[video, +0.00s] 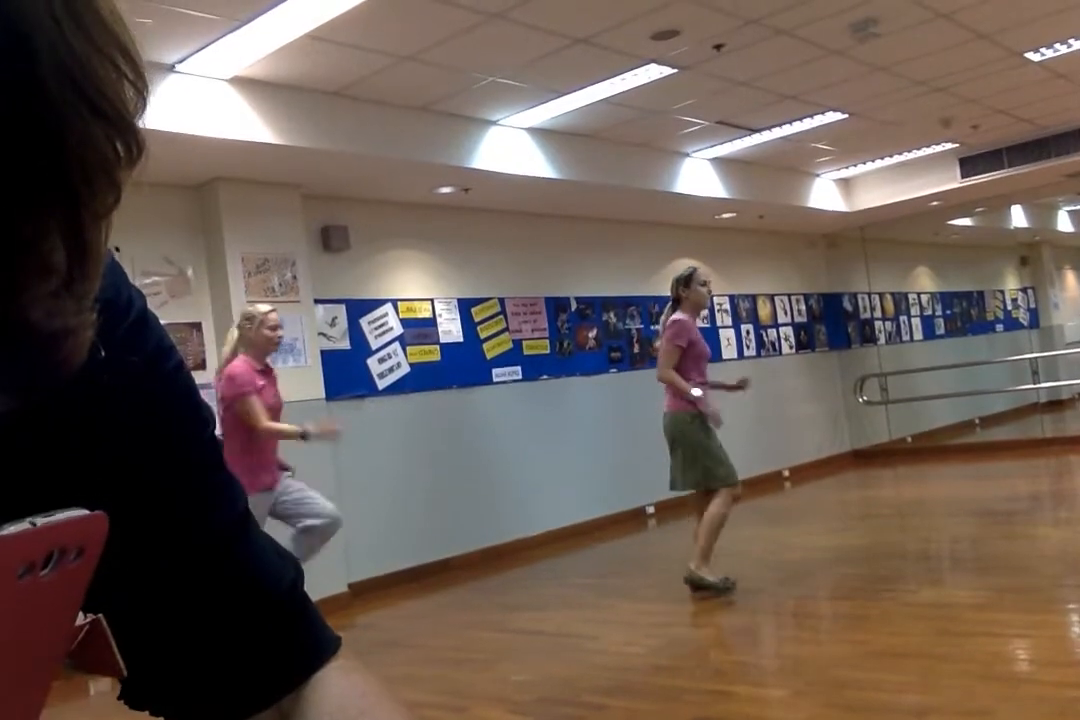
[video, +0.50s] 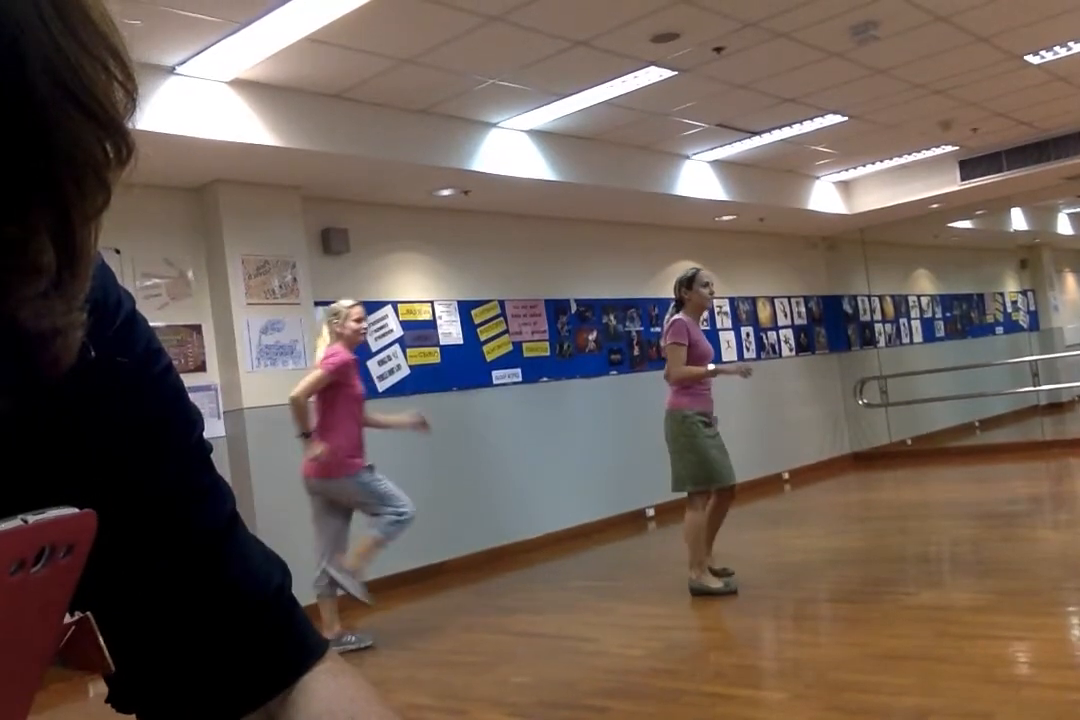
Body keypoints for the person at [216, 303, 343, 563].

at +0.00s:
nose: (279, 334)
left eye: (280, 328)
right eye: (272, 329)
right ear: (250, 332)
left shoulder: (263, 370)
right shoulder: (238, 373)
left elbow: (259, 429)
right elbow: (260, 425)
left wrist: (272, 460)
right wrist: (307, 432)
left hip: (269, 478)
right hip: (246, 485)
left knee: (325, 519)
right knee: (246, 556)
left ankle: (280, 577)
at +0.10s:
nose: (295, 334)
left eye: (295, 328)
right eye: (288, 328)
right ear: (265, 331)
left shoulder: (269, 367)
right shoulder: (257, 367)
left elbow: (273, 426)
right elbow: (287, 422)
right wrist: (322, 460)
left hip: (279, 483)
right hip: (256, 487)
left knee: (325, 534)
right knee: (248, 561)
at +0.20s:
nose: (313, 333)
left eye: (312, 328)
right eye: (306, 328)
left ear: (295, 332)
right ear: (285, 330)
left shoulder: (280, 365)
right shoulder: (284, 367)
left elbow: (283, 417)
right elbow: (295, 427)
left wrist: (314, 409)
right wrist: (311, 476)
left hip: (291, 482)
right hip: (278, 484)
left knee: (314, 556)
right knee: (269, 564)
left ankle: (331, 629)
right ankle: (267, 643)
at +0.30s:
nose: (332, 327)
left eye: (332, 322)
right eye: (325, 322)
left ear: (314, 328)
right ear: (304, 326)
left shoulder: (305, 360)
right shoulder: (305, 362)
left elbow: (309, 414)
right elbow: (294, 418)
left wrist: (335, 396)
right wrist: (293, 471)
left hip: (303, 473)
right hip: (301, 474)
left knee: (312, 553)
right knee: (320, 550)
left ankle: (327, 631)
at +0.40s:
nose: (348, 331)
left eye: (349, 325)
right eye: (342, 325)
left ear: (333, 330)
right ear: (322, 328)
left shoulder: (322, 363)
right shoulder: (321, 362)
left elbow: (336, 418)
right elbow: (293, 408)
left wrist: (370, 400)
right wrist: (291, 458)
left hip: (304, 474)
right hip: (321, 473)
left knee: (315, 549)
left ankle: (330, 631)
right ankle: (307, 557)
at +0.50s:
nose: (364, 325)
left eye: (364, 319)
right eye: (357, 320)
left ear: (351, 326)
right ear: (338, 325)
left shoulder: (342, 360)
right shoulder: (340, 358)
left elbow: (359, 416)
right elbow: (298, 396)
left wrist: (406, 421)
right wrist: (307, 438)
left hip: (322, 469)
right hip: (341, 466)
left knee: (329, 553)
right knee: (400, 511)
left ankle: (333, 632)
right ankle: (351, 565)